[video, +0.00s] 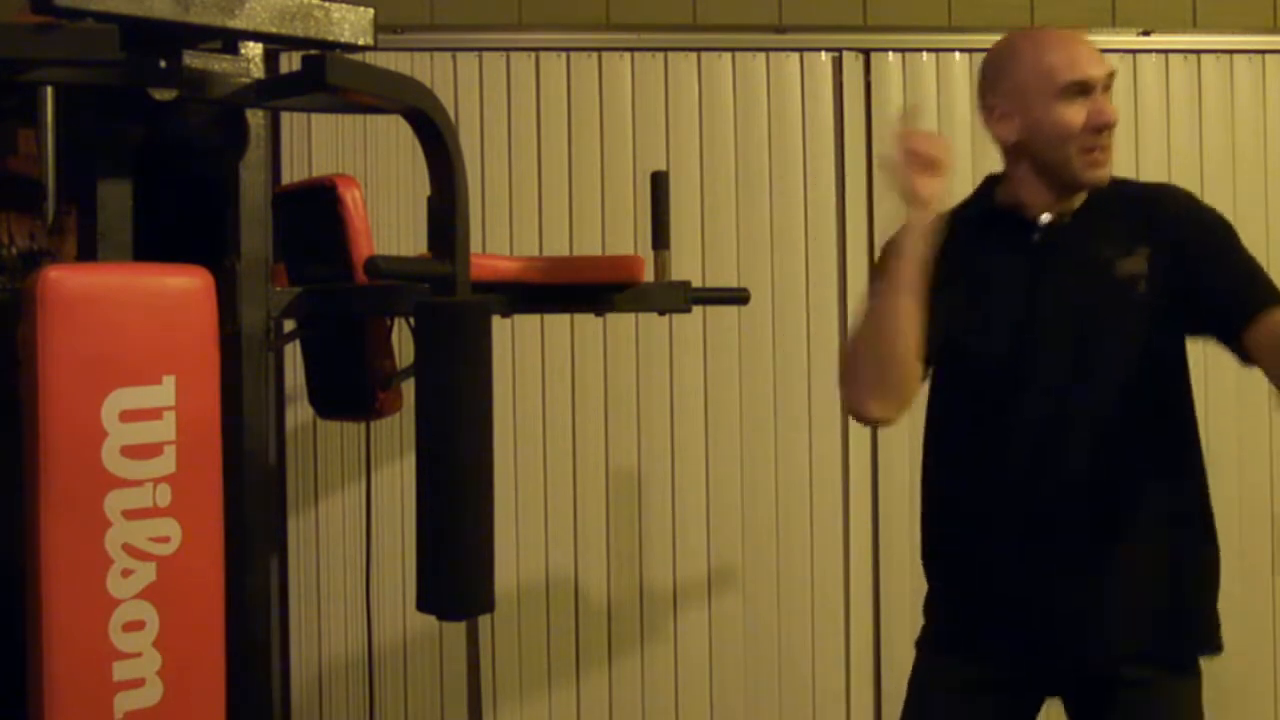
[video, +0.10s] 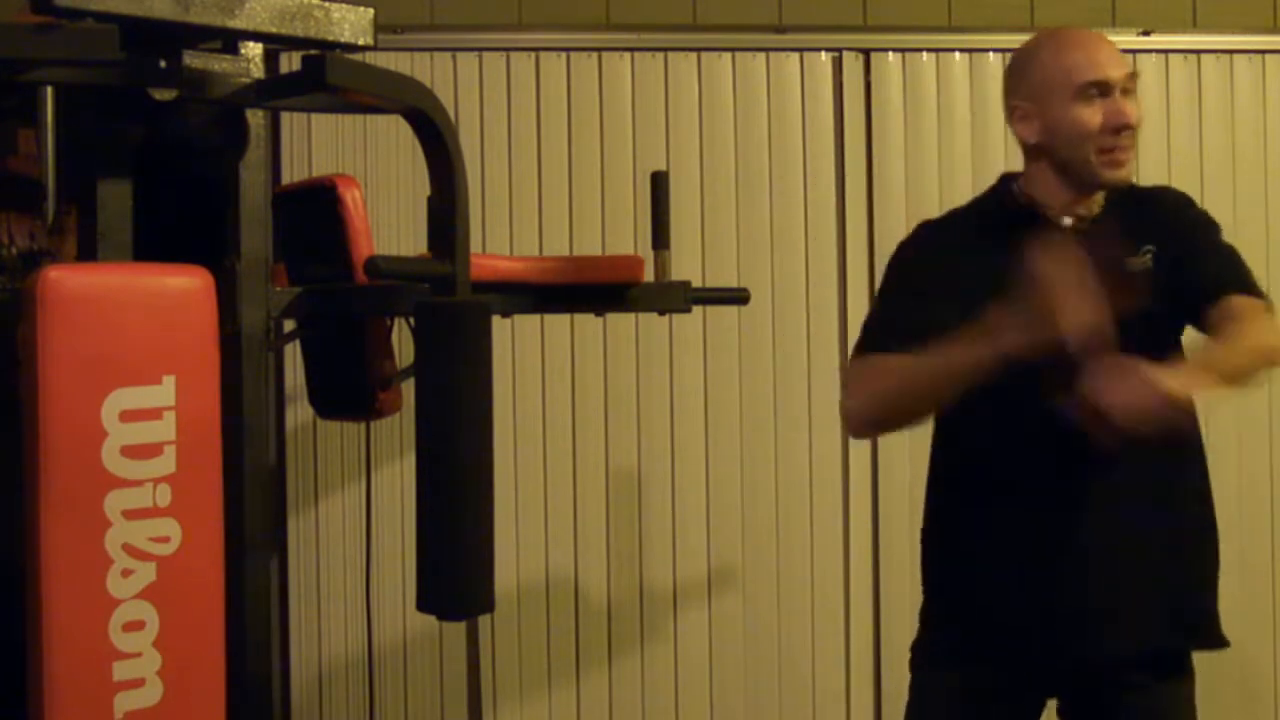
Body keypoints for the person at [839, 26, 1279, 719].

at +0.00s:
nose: (1107, 114)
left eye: (1108, 91)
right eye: (1077, 94)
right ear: (1003, 119)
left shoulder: (1167, 225)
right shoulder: (939, 250)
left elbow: (1273, 344)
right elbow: (873, 401)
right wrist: (920, 223)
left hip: (1138, 619)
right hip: (981, 618)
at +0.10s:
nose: (1125, 115)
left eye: (1127, 92)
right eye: (1093, 95)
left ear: (1135, 100)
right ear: (1025, 120)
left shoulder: (1165, 222)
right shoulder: (945, 248)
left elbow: (1258, 332)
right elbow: (862, 405)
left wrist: (1175, 380)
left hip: (1138, 614)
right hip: (984, 617)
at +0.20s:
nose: (1101, 117)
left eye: (1114, 93)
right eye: (1071, 95)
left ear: (1129, 106)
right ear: (1015, 118)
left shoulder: (1158, 219)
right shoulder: (939, 248)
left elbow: (1243, 334)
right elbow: (837, 399)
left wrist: (1180, 407)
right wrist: (977, 310)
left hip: (1135, 610)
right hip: (982, 612)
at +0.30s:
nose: (1050, 124)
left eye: (1067, 100)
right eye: (1023, 102)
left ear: (1087, 114)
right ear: (977, 123)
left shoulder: (1150, 230)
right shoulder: (928, 256)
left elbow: (1261, 357)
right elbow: (828, 384)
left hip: (1132, 623)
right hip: (974, 626)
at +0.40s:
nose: (1009, 153)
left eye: (1027, 128)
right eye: (983, 131)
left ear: (1051, 140)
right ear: (941, 152)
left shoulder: (1135, 257)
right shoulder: (915, 289)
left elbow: (1265, 386)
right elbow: (801, 380)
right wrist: (820, 205)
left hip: (1127, 654)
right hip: (964, 658)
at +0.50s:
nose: (986, 178)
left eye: (1003, 155)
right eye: (959, 159)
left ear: (1031, 170)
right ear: (921, 182)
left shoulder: (1120, 280)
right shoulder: (897, 322)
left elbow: (1262, 406)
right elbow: (782, 404)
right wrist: (811, 236)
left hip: (1120, 673)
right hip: (955, 678)